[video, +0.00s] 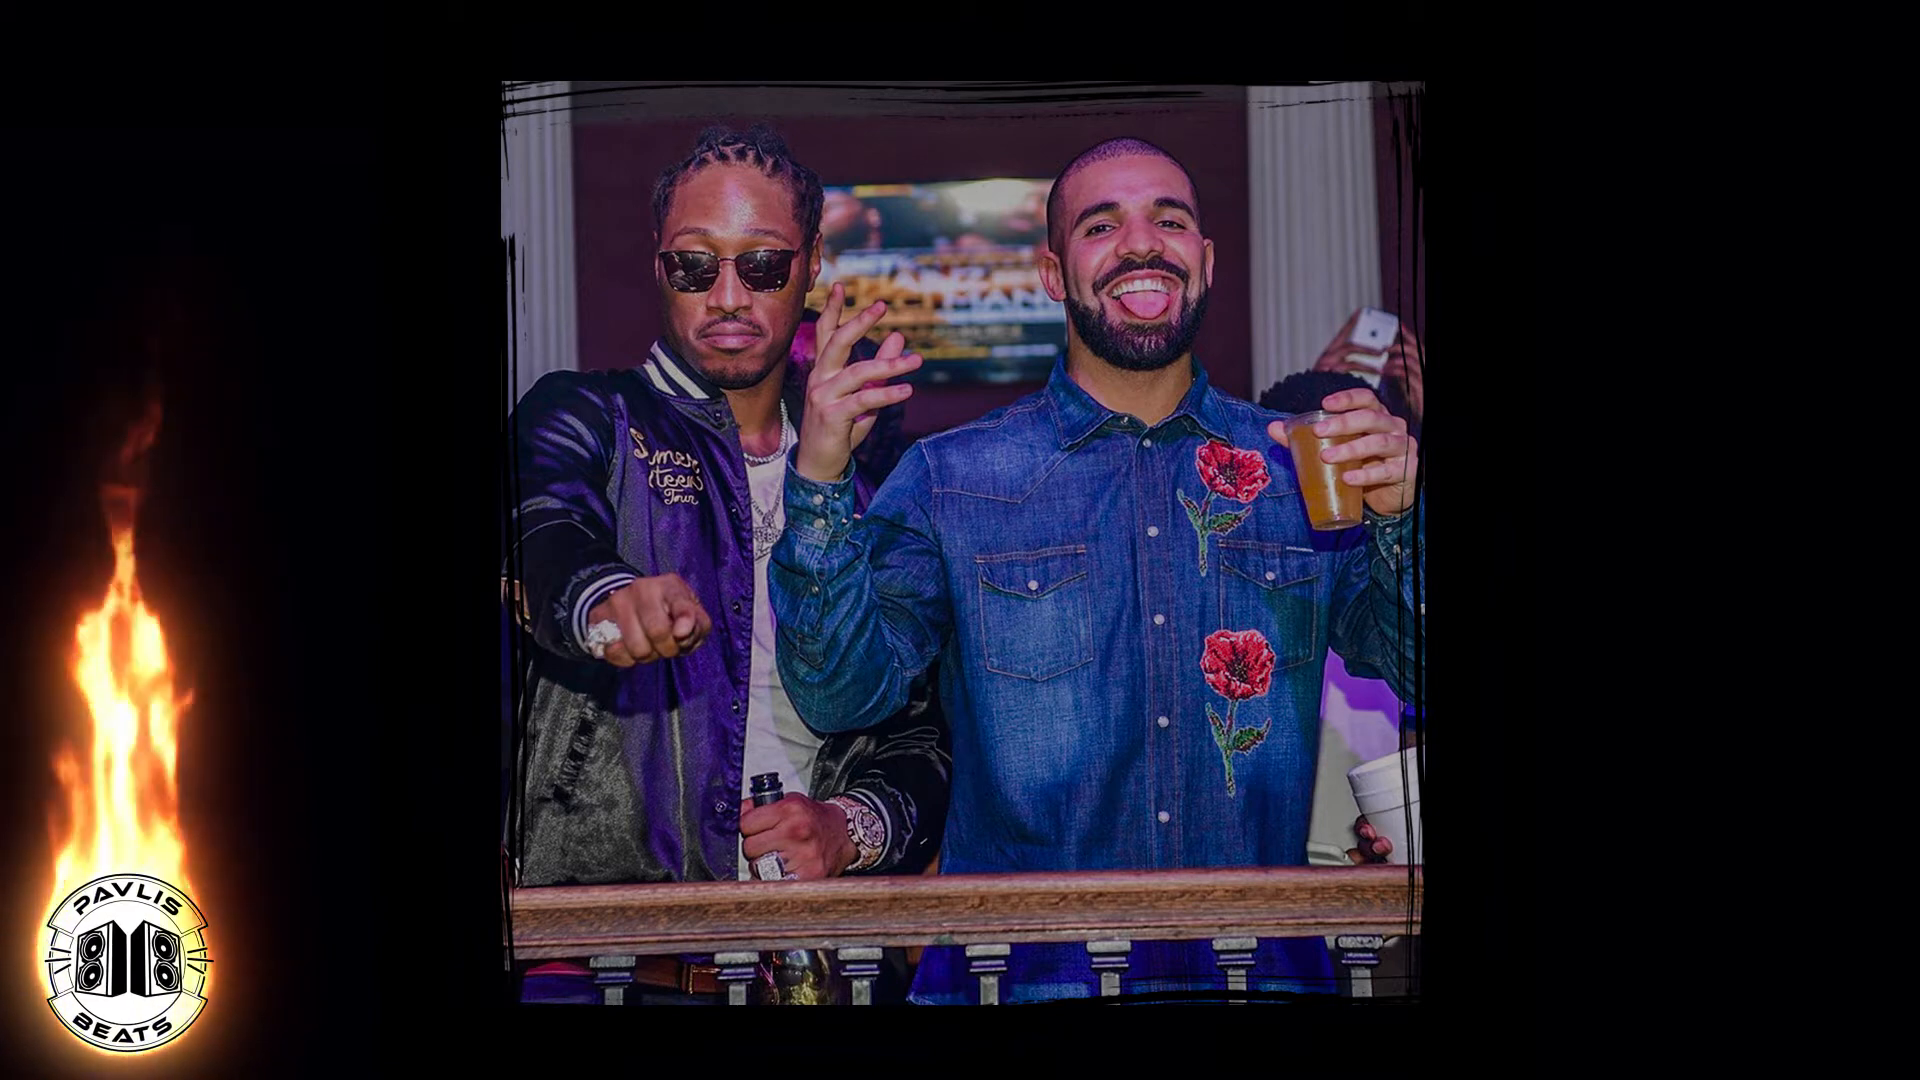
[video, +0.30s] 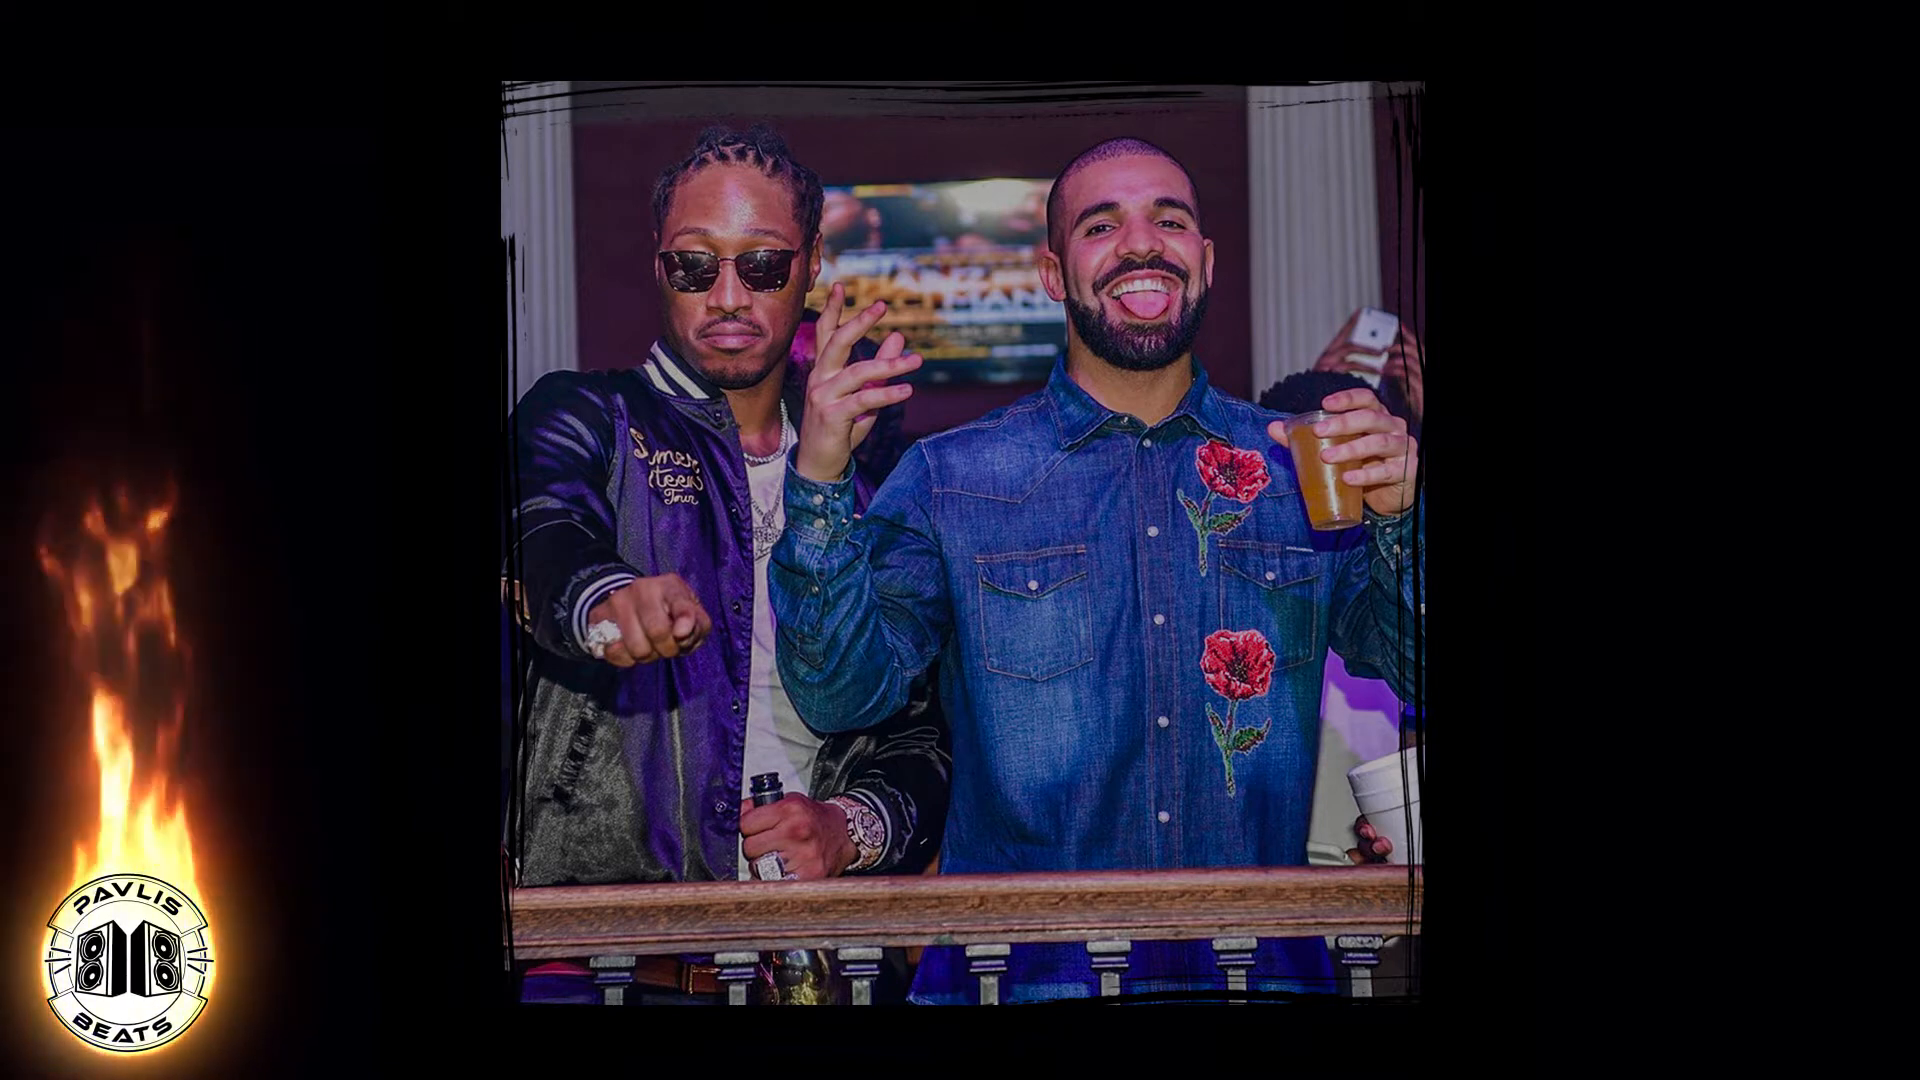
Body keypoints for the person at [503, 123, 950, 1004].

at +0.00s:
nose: (729, 296)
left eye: (763, 266)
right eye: (694, 266)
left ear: (811, 274)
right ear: (658, 272)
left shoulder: (878, 460)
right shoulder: (581, 412)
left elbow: (926, 726)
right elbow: (540, 525)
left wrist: (857, 826)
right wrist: (602, 595)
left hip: (827, 944)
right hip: (605, 943)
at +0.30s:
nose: (729, 296)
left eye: (763, 266)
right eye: (694, 266)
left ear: (811, 274)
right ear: (658, 272)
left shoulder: (878, 460)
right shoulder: (581, 412)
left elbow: (926, 726)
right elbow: (540, 525)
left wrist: (857, 826)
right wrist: (602, 595)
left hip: (827, 944)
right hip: (605, 943)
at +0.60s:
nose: (729, 296)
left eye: (763, 266)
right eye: (694, 266)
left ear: (811, 274)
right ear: (658, 272)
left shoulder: (878, 460)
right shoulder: (581, 412)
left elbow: (926, 726)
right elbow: (540, 525)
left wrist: (857, 826)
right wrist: (602, 595)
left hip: (827, 944)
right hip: (605, 943)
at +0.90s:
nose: (729, 296)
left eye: (763, 266)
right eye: (694, 266)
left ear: (811, 274)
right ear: (658, 272)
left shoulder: (878, 460)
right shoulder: (581, 412)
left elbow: (926, 725)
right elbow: (540, 525)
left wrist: (857, 826)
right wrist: (602, 595)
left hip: (827, 944)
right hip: (605, 943)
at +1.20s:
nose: (729, 296)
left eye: (763, 266)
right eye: (694, 266)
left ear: (811, 274)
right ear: (658, 272)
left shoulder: (878, 460)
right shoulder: (581, 412)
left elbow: (926, 726)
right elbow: (540, 525)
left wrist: (857, 826)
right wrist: (602, 595)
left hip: (827, 944)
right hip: (605, 943)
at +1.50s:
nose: (729, 296)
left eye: (763, 266)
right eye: (694, 266)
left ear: (811, 274)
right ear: (658, 272)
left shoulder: (878, 460)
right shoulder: (581, 412)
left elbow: (926, 725)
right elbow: (540, 525)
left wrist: (857, 826)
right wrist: (602, 595)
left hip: (827, 944)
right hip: (605, 943)